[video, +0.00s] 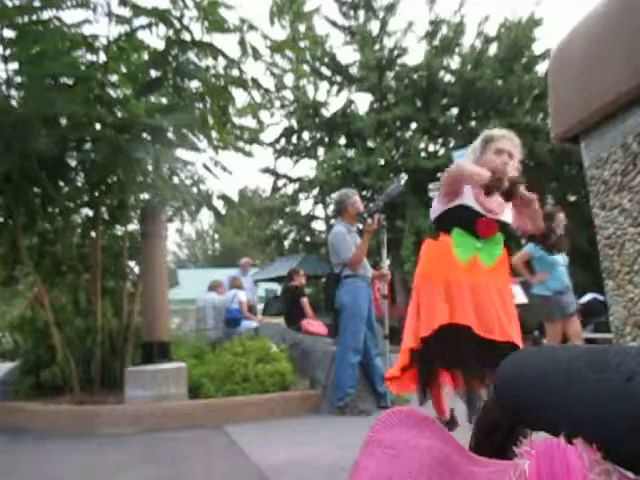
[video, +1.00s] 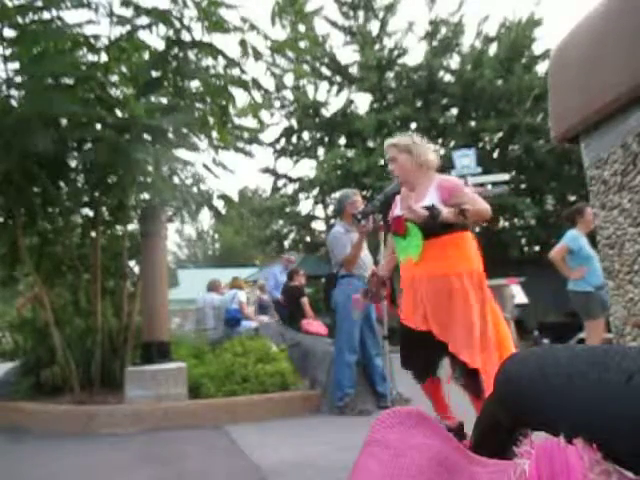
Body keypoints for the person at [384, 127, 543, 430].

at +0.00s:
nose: (506, 161)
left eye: (513, 157)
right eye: (499, 153)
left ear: (518, 168)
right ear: (481, 157)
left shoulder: (506, 203)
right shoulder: (455, 190)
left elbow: (535, 227)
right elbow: (457, 172)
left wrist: (527, 201)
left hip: (487, 266)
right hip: (447, 263)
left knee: (479, 337)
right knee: (438, 337)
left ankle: (476, 402)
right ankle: (440, 408)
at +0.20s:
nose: (466, 155)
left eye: (475, 151)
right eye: (460, 148)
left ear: (483, 163)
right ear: (446, 154)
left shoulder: (492, 197)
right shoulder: (430, 188)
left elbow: (537, 231)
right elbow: (399, 165)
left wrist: (506, 216)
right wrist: (432, 160)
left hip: (480, 294)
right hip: (437, 292)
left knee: (498, 366)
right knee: (437, 364)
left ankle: (508, 426)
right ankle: (455, 423)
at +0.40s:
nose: (424, 165)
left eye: (430, 157)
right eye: (422, 160)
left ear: (452, 159)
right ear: (420, 166)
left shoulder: (477, 194)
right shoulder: (420, 195)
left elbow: (514, 225)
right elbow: (379, 200)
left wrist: (487, 217)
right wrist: (385, 165)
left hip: (471, 290)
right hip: (430, 290)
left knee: (479, 359)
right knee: (440, 358)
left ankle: (495, 425)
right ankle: (455, 425)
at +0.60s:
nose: (413, 170)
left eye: (417, 163)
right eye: (412, 164)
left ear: (437, 162)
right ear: (420, 166)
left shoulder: (465, 192)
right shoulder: (413, 199)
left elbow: (499, 221)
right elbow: (384, 230)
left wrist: (464, 219)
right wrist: (366, 225)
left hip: (464, 285)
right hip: (427, 285)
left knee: (470, 354)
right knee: (440, 356)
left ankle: (490, 424)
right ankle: (454, 422)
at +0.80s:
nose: (404, 168)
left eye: (409, 161)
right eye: (403, 163)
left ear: (430, 159)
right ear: (410, 166)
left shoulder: (460, 188)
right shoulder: (407, 200)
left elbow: (493, 216)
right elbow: (382, 236)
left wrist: (460, 213)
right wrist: (361, 245)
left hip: (462, 284)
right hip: (426, 285)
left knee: (465, 357)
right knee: (440, 356)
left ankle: (489, 424)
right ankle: (455, 421)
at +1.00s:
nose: (391, 168)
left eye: (394, 160)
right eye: (389, 162)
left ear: (416, 158)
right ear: (398, 165)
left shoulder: (446, 185)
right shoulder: (399, 201)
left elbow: (483, 212)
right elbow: (393, 246)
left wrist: (439, 215)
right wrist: (381, 273)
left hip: (458, 287)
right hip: (419, 292)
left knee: (466, 366)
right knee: (417, 360)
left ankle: (491, 425)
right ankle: (448, 421)